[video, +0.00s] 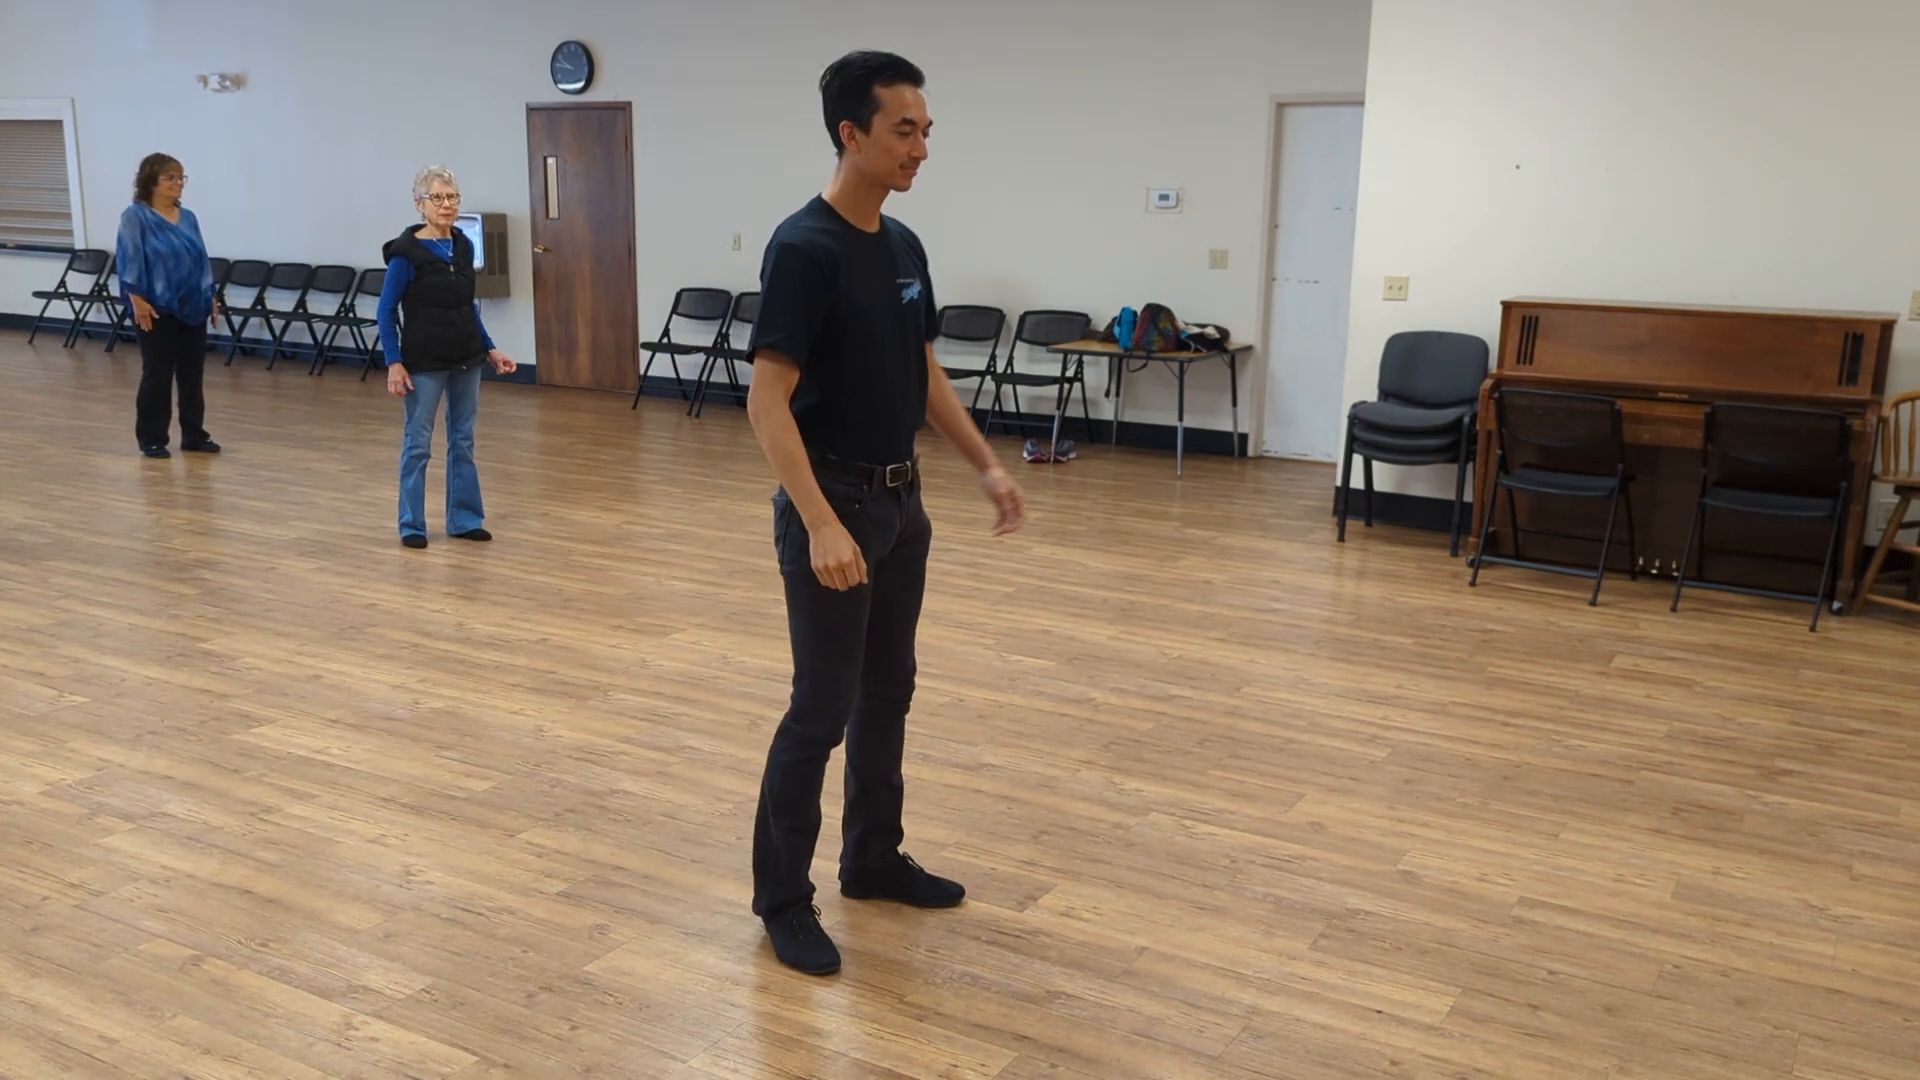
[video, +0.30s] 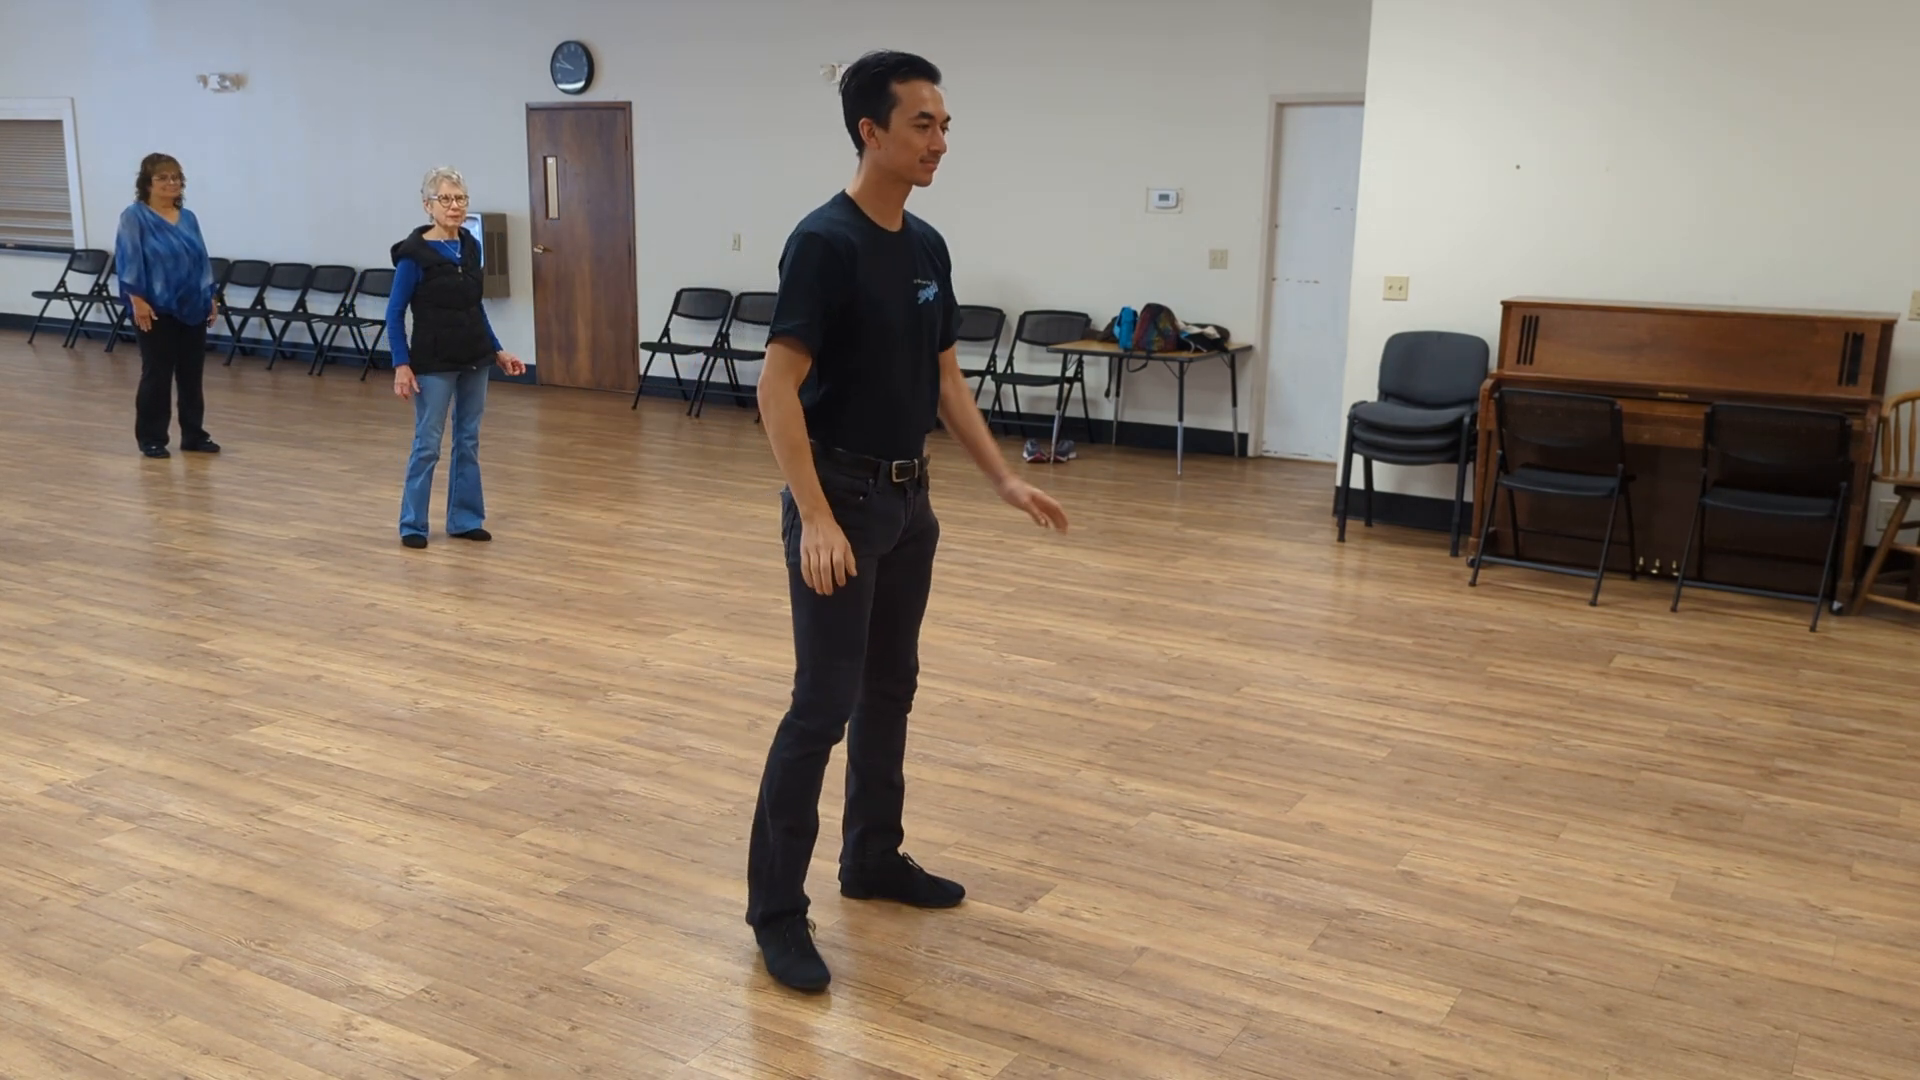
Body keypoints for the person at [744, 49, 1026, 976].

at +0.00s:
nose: (921, 145)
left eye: (924, 129)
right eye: (904, 129)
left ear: (908, 136)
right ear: (849, 133)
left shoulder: (903, 245)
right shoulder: (801, 247)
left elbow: (926, 375)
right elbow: (766, 401)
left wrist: (986, 462)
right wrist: (820, 521)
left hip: (898, 499)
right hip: (826, 504)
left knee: (886, 692)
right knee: (820, 710)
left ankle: (873, 859)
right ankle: (782, 899)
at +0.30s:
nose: (940, 140)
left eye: (943, 125)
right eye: (923, 124)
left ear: (930, 135)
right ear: (869, 131)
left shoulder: (926, 246)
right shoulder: (820, 243)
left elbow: (947, 377)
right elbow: (776, 390)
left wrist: (1006, 476)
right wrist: (814, 515)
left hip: (907, 500)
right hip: (833, 503)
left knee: (886, 695)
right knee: (821, 710)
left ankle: (871, 857)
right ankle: (776, 911)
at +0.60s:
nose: (939, 145)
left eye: (940, 130)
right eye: (923, 128)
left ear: (901, 142)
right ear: (867, 134)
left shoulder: (904, 262)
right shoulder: (817, 244)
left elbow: (901, 407)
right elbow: (774, 395)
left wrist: (956, 492)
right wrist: (833, 520)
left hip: (899, 517)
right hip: (824, 522)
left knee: (890, 697)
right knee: (815, 724)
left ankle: (871, 858)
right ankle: (768, 921)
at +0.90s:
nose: (920, 148)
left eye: (922, 132)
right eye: (905, 129)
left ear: (881, 143)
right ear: (848, 135)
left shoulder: (872, 252)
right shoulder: (805, 244)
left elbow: (864, 394)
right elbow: (771, 401)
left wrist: (941, 454)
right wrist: (866, 501)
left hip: (867, 523)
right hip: (803, 527)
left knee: (883, 697)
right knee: (805, 732)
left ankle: (872, 859)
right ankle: (768, 927)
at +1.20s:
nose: (911, 157)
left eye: (912, 139)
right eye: (897, 138)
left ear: (855, 146)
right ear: (839, 142)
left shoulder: (839, 251)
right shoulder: (798, 261)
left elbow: (832, 401)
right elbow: (792, 432)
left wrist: (886, 471)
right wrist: (896, 523)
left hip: (853, 524)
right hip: (800, 528)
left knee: (882, 700)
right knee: (809, 738)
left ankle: (872, 860)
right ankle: (768, 929)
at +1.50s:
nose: (903, 155)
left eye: (904, 137)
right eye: (888, 137)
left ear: (839, 146)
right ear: (828, 142)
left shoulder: (818, 243)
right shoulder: (797, 258)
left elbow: (817, 410)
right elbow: (812, 427)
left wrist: (865, 485)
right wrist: (944, 484)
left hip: (846, 517)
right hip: (798, 525)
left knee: (877, 695)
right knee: (795, 733)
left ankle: (871, 863)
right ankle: (767, 926)